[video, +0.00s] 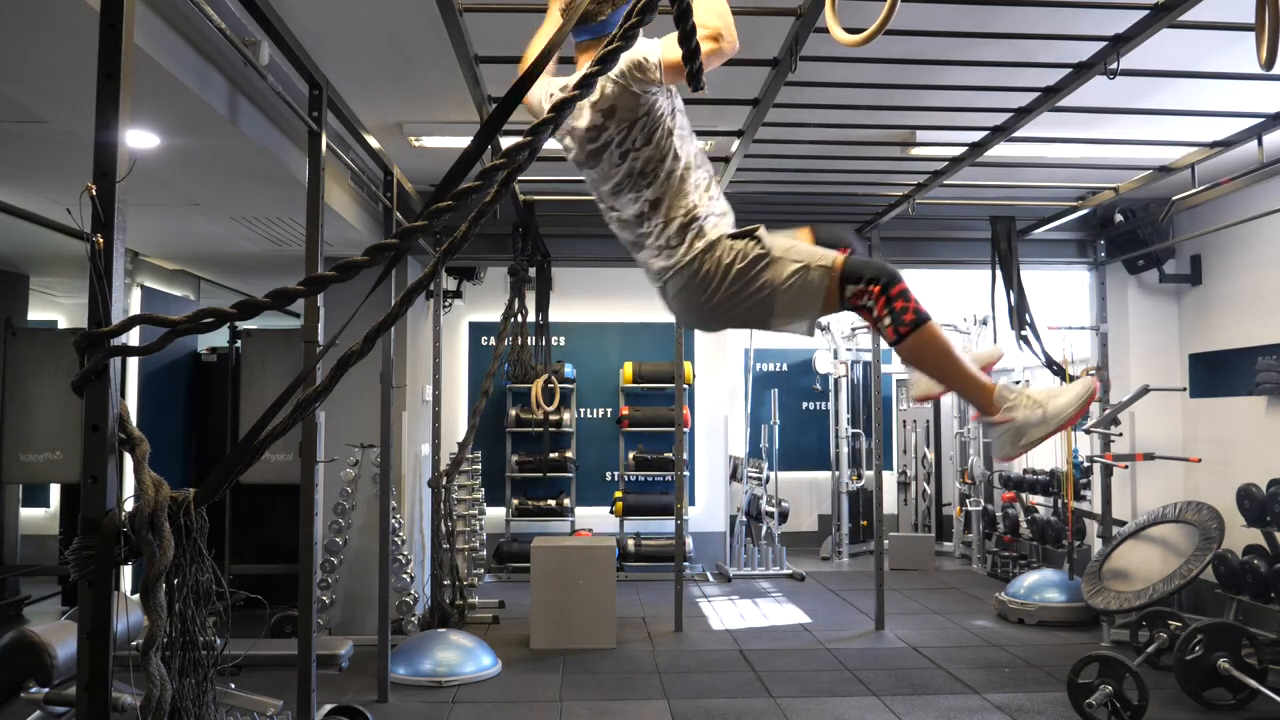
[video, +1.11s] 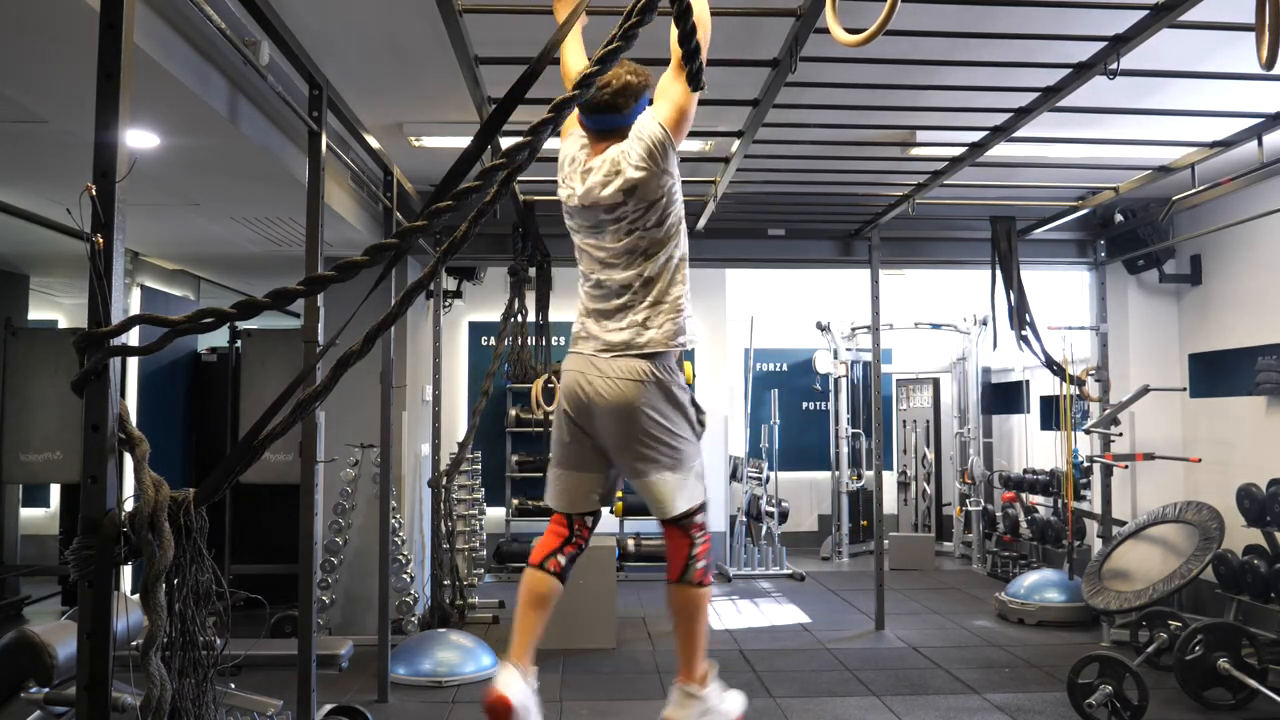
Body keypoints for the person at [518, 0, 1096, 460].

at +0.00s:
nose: (634, 29)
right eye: (629, 23)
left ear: (578, 41)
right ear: (620, 28)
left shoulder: (575, 102)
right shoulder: (628, 72)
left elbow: (532, 90)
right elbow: (720, 39)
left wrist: (550, 25)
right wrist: (703, 8)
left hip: (694, 265)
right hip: (709, 266)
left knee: (829, 243)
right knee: (869, 279)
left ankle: (936, 364)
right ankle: (1003, 411)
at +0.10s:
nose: (631, 33)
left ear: (563, 37)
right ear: (617, 25)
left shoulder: (545, 106)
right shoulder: (627, 71)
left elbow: (533, 87)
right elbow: (713, 40)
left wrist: (554, 30)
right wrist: (695, 5)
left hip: (650, 302)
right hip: (689, 278)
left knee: (815, 304)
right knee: (855, 311)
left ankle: (889, 413)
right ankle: (975, 444)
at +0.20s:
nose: (623, 30)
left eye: (618, 27)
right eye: (617, 24)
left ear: (556, 39)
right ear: (611, 29)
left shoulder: (539, 103)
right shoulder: (621, 74)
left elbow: (543, 85)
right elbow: (709, 40)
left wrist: (564, 35)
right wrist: (700, 6)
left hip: (617, 315)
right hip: (666, 292)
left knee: (765, 360)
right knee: (833, 349)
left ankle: (838, 481)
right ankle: (935, 499)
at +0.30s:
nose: (627, 29)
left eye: (623, 23)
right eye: (622, 21)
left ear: (553, 37)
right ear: (609, 28)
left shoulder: (539, 103)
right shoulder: (618, 70)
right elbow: (707, 40)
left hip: (586, 316)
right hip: (638, 291)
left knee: (718, 400)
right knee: (795, 392)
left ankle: (762, 540)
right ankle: (863, 558)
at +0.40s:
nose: (626, 26)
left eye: (621, 20)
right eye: (622, 18)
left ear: (554, 24)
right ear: (612, 19)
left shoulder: (533, 88)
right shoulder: (618, 66)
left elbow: (533, 59)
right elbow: (705, 42)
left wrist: (554, 20)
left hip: (568, 306)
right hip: (626, 289)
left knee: (673, 433)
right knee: (749, 423)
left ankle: (674, 582)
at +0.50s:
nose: (625, 24)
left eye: (620, 19)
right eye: (624, 17)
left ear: (558, 21)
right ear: (618, 16)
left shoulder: (527, 75)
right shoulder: (619, 69)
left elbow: (527, 34)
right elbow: (704, 41)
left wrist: (573, 1)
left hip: (553, 303)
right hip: (612, 287)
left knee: (633, 443)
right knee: (703, 435)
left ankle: (602, 594)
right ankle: (677, 611)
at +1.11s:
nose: (660, 106)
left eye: (651, 97)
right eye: (652, 100)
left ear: (586, 113)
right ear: (638, 112)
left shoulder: (574, 167)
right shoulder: (649, 155)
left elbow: (577, 84)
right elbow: (689, 68)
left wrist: (568, 18)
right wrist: (696, 4)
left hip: (581, 367)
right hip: (643, 370)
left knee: (567, 524)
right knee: (687, 527)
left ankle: (515, 670)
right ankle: (692, 683)